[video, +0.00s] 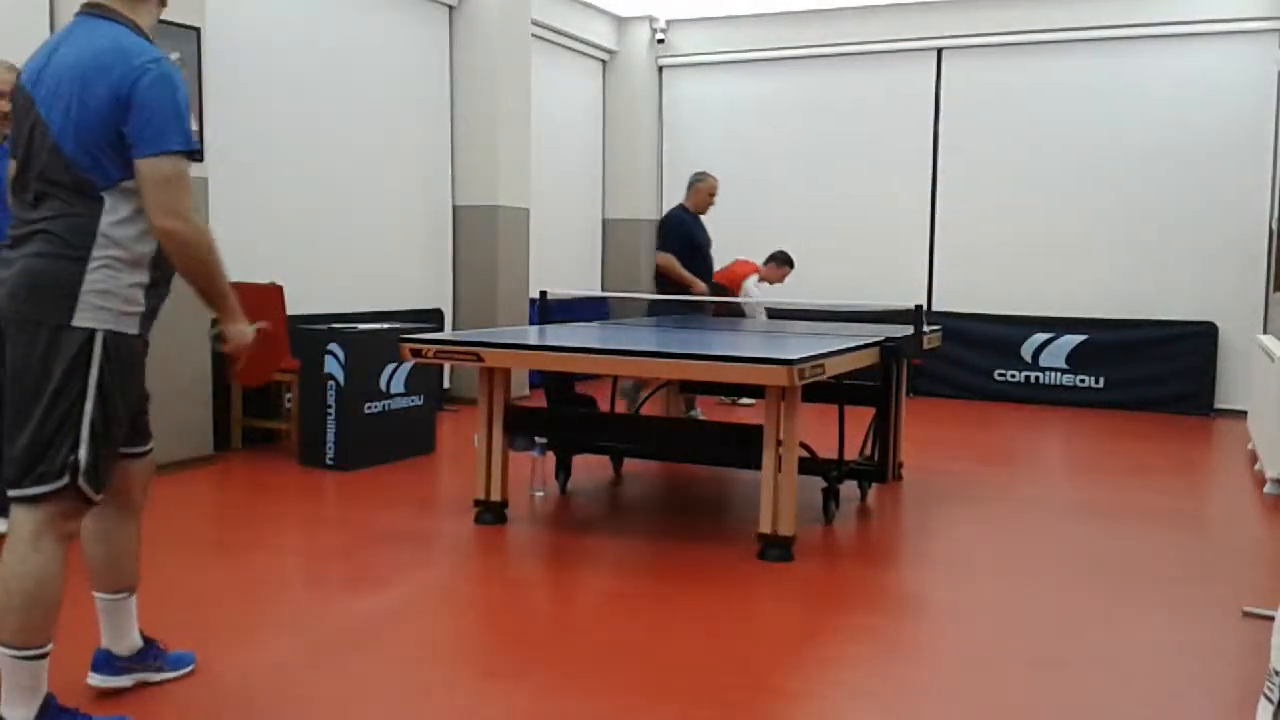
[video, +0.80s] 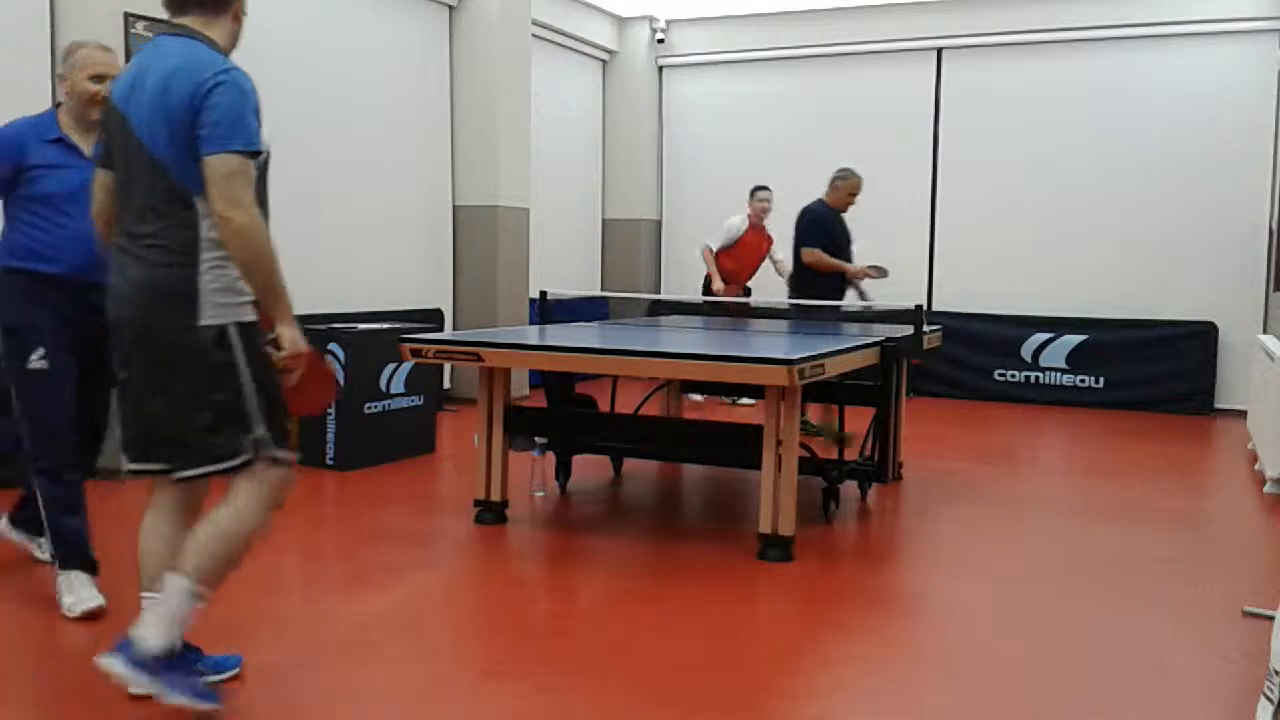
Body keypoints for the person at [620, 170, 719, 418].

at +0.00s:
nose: (713, 201)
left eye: (714, 196)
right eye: (710, 195)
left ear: (700, 193)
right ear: (694, 191)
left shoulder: (693, 219)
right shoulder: (675, 218)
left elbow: (689, 257)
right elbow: (663, 258)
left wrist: (701, 284)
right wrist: (695, 283)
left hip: (691, 301)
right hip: (674, 301)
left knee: (689, 355)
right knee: (676, 354)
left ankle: (688, 405)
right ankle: (634, 386)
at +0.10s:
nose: (729, 201)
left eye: (730, 196)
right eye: (726, 195)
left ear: (713, 192)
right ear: (711, 190)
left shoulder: (707, 218)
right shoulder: (692, 217)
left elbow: (704, 257)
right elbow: (684, 258)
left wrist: (722, 281)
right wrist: (716, 282)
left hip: (703, 300)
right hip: (690, 300)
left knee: (698, 354)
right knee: (689, 355)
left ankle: (691, 405)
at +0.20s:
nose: (745, 199)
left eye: (746, 193)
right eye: (743, 192)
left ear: (728, 188)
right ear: (728, 187)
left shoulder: (718, 213)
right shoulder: (710, 214)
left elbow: (715, 254)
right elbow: (707, 255)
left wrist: (739, 276)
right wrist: (737, 276)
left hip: (718, 296)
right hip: (708, 298)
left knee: (712, 353)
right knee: (706, 353)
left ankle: (703, 403)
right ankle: (697, 404)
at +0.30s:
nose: (762, 199)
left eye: (763, 193)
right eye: (759, 192)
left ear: (748, 189)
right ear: (744, 187)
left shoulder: (737, 215)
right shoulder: (728, 214)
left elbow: (743, 255)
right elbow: (729, 256)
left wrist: (767, 269)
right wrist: (760, 274)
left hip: (734, 299)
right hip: (719, 300)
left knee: (743, 351)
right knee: (708, 351)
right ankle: (692, 402)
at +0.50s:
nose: (802, 207)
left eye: (803, 202)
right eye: (800, 201)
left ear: (790, 197)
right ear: (785, 194)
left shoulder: (780, 224)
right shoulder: (767, 220)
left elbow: (779, 264)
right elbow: (767, 263)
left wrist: (804, 279)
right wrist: (801, 279)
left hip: (774, 307)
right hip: (760, 308)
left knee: (786, 363)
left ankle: (793, 414)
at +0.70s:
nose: (839, 205)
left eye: (840, 200)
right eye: (837, 198)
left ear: (825, 191)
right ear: (823, 190)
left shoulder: (815, 217)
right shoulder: (801, 215)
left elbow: (811, 258)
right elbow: (797, 256)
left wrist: (840, 273)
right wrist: (835, 273)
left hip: (810, 304)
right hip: (794, 304)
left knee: (805, 362)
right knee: (790, 362)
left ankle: (800, 415)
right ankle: (785, 418)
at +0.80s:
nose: (853, 202)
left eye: (855, 196)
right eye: (851, 195)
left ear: (844, 191)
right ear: (834, 188)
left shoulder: (836, 218)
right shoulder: (813, 214)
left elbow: (837, 258)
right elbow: (809, 255)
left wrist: (856, 283)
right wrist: (847, 269)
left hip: (829, 305)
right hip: (808, 304)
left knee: (827, 365)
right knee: (802, 364)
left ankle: (827, 423)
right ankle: (795, 418)